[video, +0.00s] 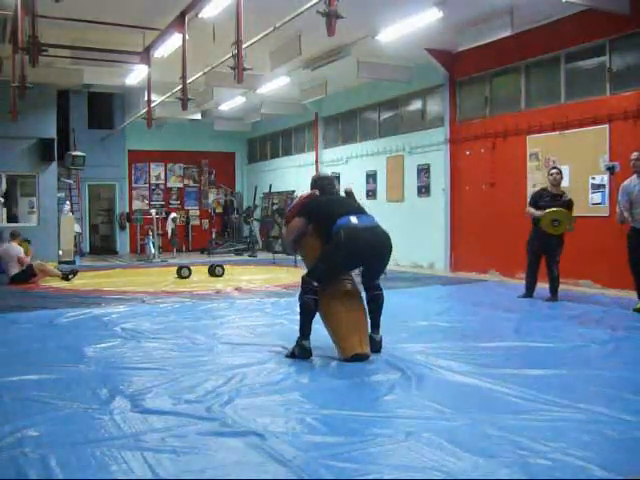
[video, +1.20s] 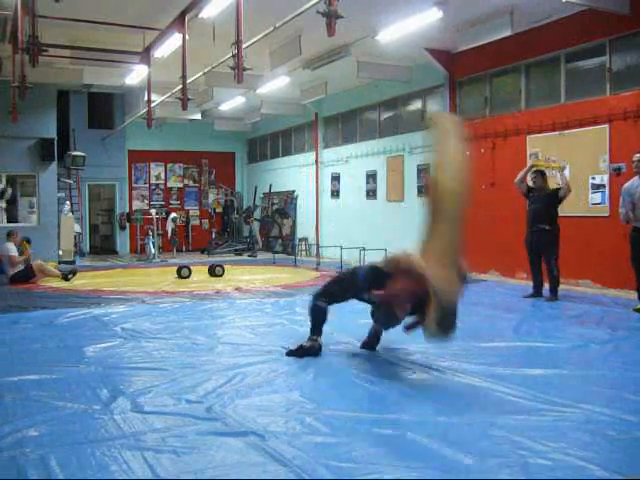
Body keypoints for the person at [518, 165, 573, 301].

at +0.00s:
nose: (555, 177)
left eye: (557, 174)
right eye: (552, 174)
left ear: (561, 177)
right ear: (548, 178)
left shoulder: (567, 199)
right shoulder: (539, 194)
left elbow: (568, 218)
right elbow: (529, 209)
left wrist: (568, 225)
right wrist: (540, 213)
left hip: (556, 235)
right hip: (538, 233)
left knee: (553, 265)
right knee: (532, 264)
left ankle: (554, 293)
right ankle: (529, 291)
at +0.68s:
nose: (543, 177)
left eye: (546, 174)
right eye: (542, 174)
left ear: (554, 176)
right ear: (540, 177)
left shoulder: (561, 197)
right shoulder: (537, 191)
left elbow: (565, 216)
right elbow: (529, 205)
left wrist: (553, 222)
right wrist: (526, 202)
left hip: (552, 231)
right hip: (537, 229)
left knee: (552, 262)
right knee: (534, 261)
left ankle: (553, 292)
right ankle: (536, 289)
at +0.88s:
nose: (544, 181)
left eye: (548, 177)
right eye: (542, 178)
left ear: (553, 179)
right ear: (538, 179)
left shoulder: (559, 195)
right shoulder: (535, 193)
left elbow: (561, 213)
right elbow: (520, 196)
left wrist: (554, 200)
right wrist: (531, 183)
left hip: (550, 232)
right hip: (534, 231)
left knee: (550, 263)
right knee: (534, 263)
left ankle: (553, 293)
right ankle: (536, 290)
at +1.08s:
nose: (537, 179)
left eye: (540, 176)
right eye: (536, 177)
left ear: (546, 179)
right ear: (534, 180)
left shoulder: (554, 194)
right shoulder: (532, 193)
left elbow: (565, 200)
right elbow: (519, 185)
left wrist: (560, 184)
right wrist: (529, 172)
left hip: (549, 230)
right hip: (533, 229)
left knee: (550, 262)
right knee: (535, 262)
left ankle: (553, 292)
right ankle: (537, 290)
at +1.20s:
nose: (533, 180)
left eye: (536, 177)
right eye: (532, 178)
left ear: (543, 179)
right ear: (531, 180)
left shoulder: (553, 194)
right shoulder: (531, 194)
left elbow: (567, 190)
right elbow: (518, 182)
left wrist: (561, 173)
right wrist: (529, 167)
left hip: (549, 229)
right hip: (533, 229)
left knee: (551, 262)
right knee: (534, 262)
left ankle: (553, 292)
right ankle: (537, 290)